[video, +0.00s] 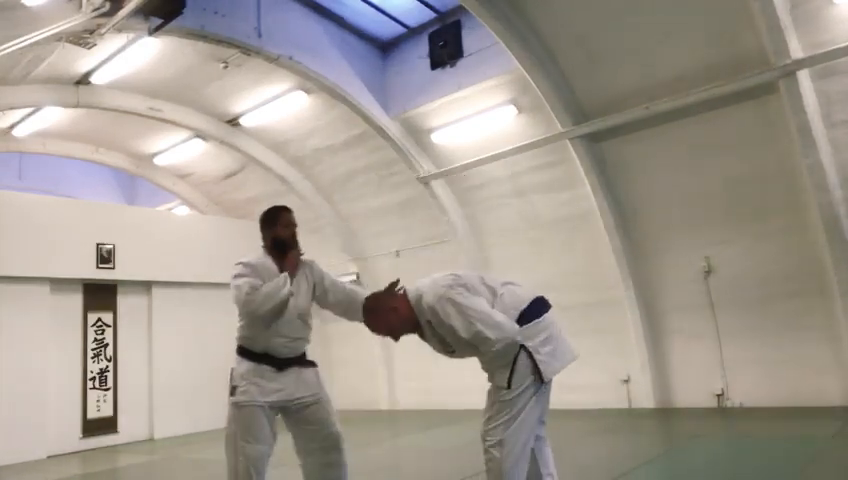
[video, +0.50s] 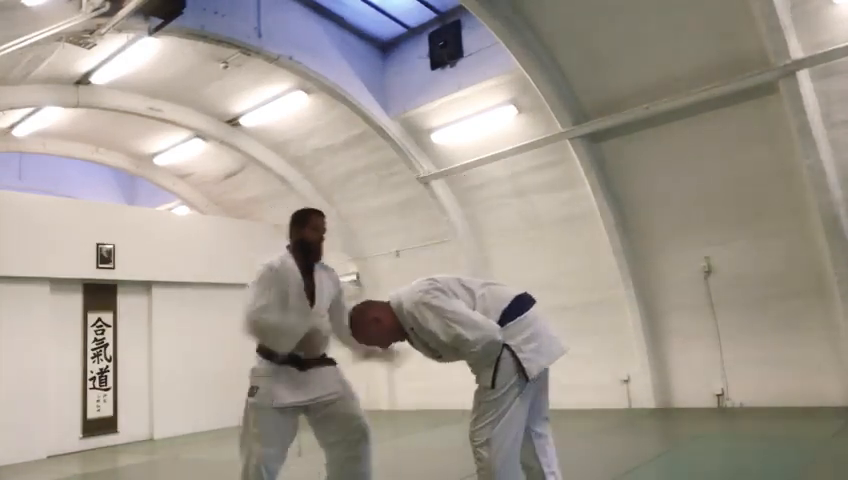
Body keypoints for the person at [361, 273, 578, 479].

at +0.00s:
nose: (391, 337)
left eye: (385, 329)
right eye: (383, 333)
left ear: (394, 307)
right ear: (395, 304)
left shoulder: (438, 299)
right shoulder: (426, 306)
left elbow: (504, 336)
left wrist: (497, 374)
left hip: (527, 338)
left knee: (498, 439)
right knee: (528, 434)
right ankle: (543, 477)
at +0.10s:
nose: (392, 346)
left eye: (386, 340)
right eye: (385, 343)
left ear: (392, 318)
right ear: (391, 315)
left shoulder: (435, 303)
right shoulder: (423, 310)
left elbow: (502, 336)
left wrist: (496, 373)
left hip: (524, 339)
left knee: (498, 439)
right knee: (529, 434)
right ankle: (546, 475)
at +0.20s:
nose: (389, 352)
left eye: (383, 346)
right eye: (382, 350)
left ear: (389, 325)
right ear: (389, 322)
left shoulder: (431, 308)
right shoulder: (422, 315)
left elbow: (500, 338)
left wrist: (495, 376)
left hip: (523, 340)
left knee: (497, 438)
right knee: (531, 434)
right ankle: (547, 476)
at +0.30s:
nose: (390, 354)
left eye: (383, 349)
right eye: (383, 352)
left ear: (386, 327)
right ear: (385, 325)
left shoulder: (427, 309)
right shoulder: (420, 315)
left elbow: (496, 337)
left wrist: (492, 376)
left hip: (520, 342)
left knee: (495, 439)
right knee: (533, 432)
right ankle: (547, 475)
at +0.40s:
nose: (387, 351)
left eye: (381, 346)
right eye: (380, 349)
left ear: (383, 325)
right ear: (382, 322)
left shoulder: (423, 307)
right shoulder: (415, 312)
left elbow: (492, 337)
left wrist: (488, 374)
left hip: (517, 341)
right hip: (529, 332)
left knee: (492, 439)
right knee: (534, 431)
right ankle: (547, 476)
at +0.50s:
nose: (380, 346)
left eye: (373, 341)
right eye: (373, 344)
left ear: (377, 320)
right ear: (378, 317)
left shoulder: (418, 303)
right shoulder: (412, 309)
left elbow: (488, 337)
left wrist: (483, 372)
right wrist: (482, 368)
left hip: (513, 341)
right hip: (527, 332)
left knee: (487, 439)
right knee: (533, 432)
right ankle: (548, 477)